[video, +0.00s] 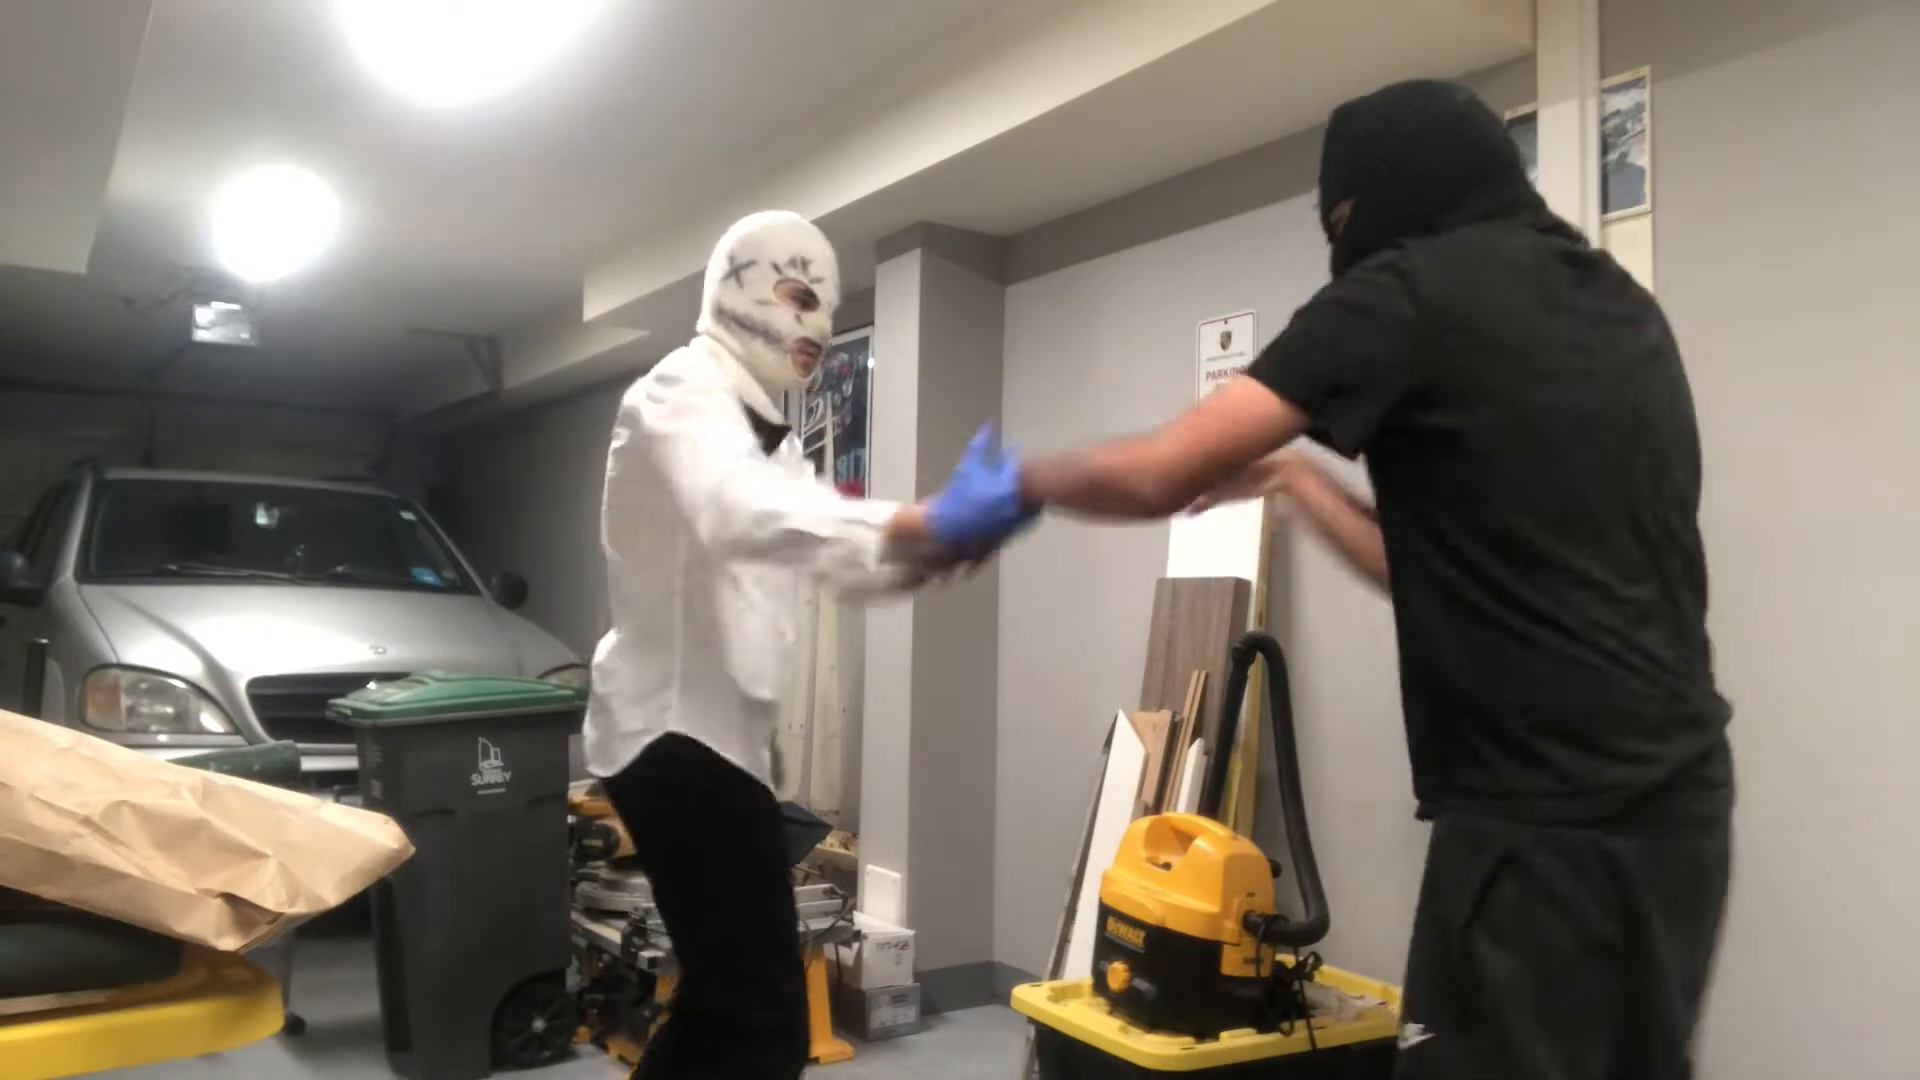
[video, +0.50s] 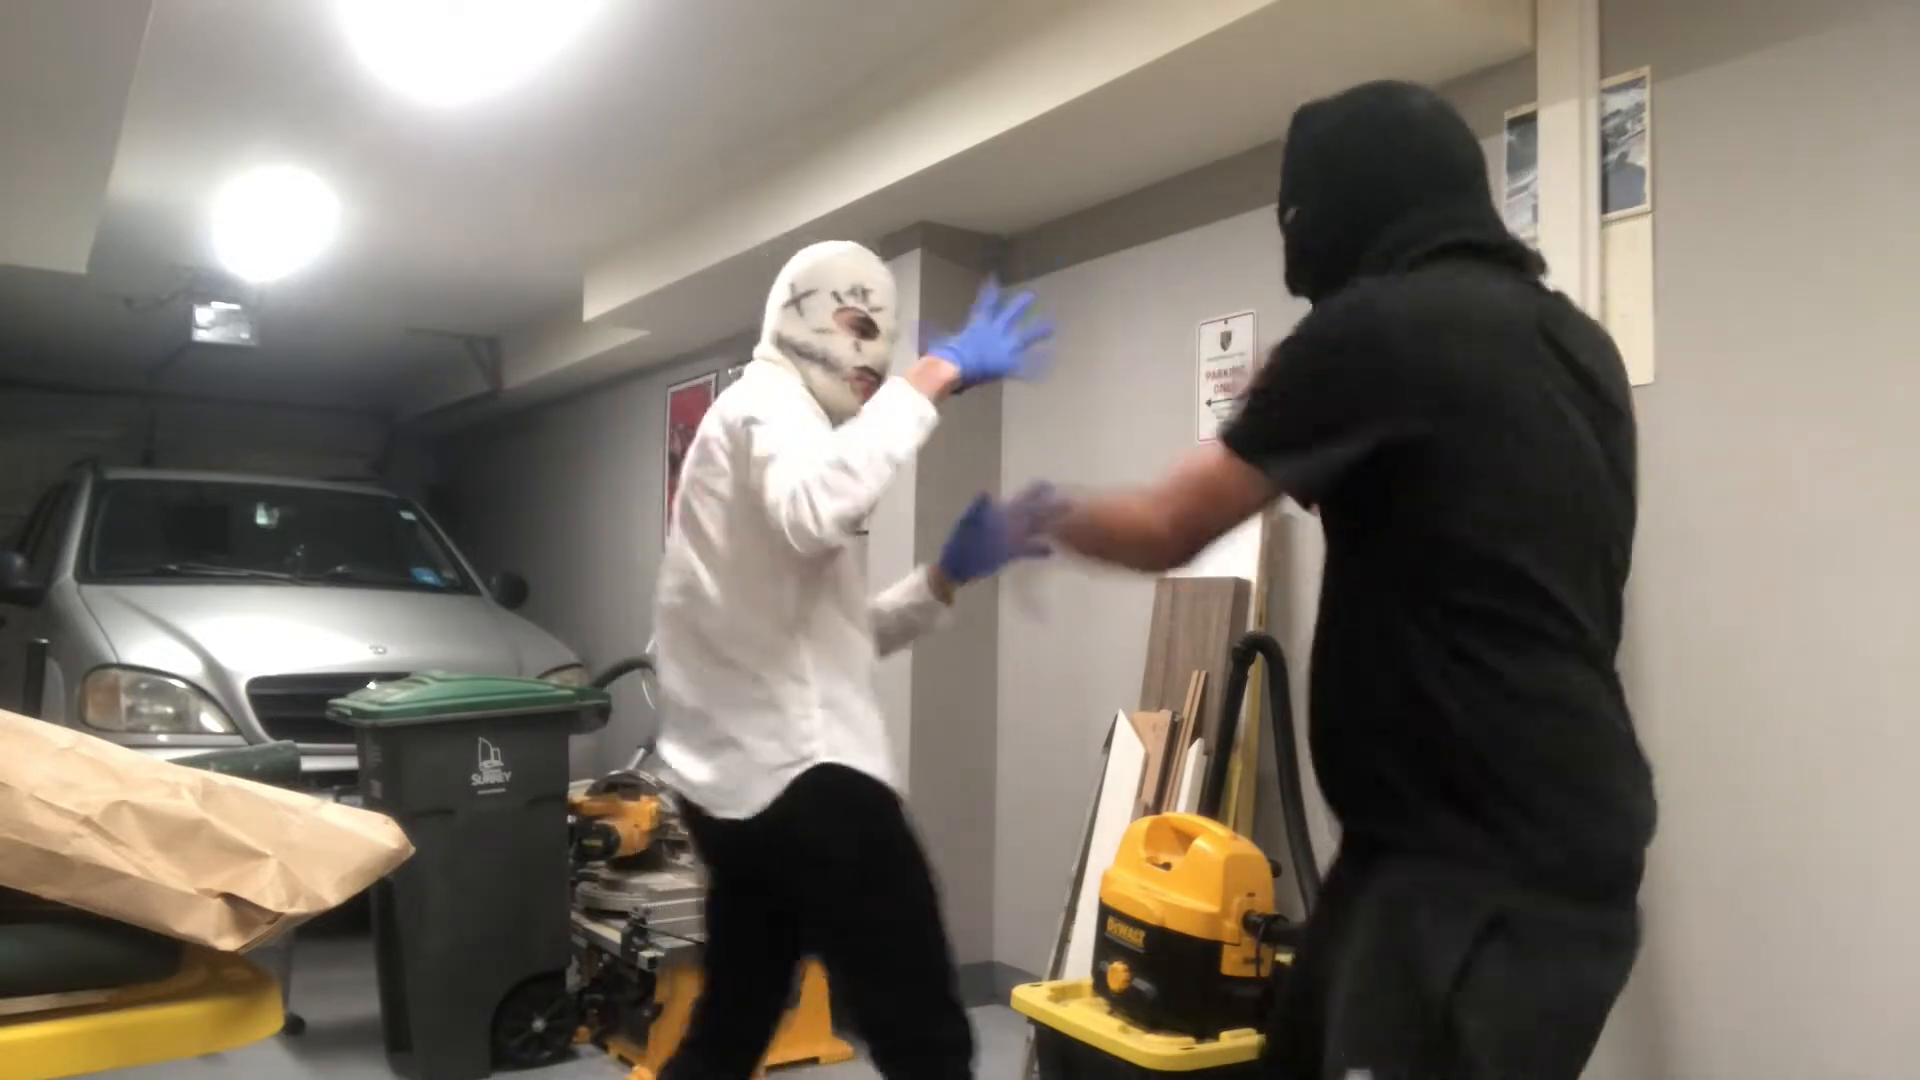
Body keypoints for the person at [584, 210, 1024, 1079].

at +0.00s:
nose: (816, 319)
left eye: (824, 303)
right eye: (796, 294)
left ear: (829, 314)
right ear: (734, 291)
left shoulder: (761, 433)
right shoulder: (682, 391)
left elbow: (833, 565)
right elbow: (731, 514)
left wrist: (937, 549)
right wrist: (899, 524)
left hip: (728, 741)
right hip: (671, 738)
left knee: (731, 1005)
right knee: (757, 1012)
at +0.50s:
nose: (876, 343)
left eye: (884, 326)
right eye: (856, 316)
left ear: (886, 335)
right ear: (800, 317)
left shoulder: (783, 421)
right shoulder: (764, 406)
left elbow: (838, 636)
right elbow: (812, 512)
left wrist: (944, 574)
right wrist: (930, 378)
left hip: (738, 777)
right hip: (802, 772)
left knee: (731, 1029)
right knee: (925, 1043)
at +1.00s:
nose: (870, 341)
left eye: (870, 318)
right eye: (853, 315)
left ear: (775, 321)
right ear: (802, 313)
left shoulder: (725, 435)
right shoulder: (775, 407)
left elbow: (831, 631)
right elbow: (916, 556)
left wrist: (970, 568)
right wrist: (1064, 534)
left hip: (720, 776)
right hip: (789, 767)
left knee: (728, 1031)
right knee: (916, 1047)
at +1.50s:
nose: (785, 341)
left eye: (798, 328)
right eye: (764, 318)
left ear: (806, 347)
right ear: (712, 324)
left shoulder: (791, 472)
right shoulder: (659, 433)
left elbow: (863, 554)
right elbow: (679, 585)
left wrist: (966, 593)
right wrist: (823, 531)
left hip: (788, 767)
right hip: (725, 767)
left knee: (754, 1024)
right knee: (892, 1008)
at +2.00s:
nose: (963, 426)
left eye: (964, 412)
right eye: (959, 411)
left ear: (858, 401)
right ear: (939, 406)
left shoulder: (766, 494)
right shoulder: (935, 468)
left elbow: (706, 657)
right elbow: (957, 637)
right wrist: (1021, 724)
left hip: (772, 814)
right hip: (909, 806)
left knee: (735, 1021)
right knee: (988, 1014)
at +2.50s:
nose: (988, 457)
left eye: (987, 445)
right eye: (982, 443)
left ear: (883, 434)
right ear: (964, 433)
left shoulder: (798, 539)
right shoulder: (948, 472)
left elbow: (773, 651)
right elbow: (1065, 570)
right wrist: (1184, 619)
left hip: (885, 829)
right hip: (1028, 792)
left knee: (859, 1057)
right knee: (1069, 1033)